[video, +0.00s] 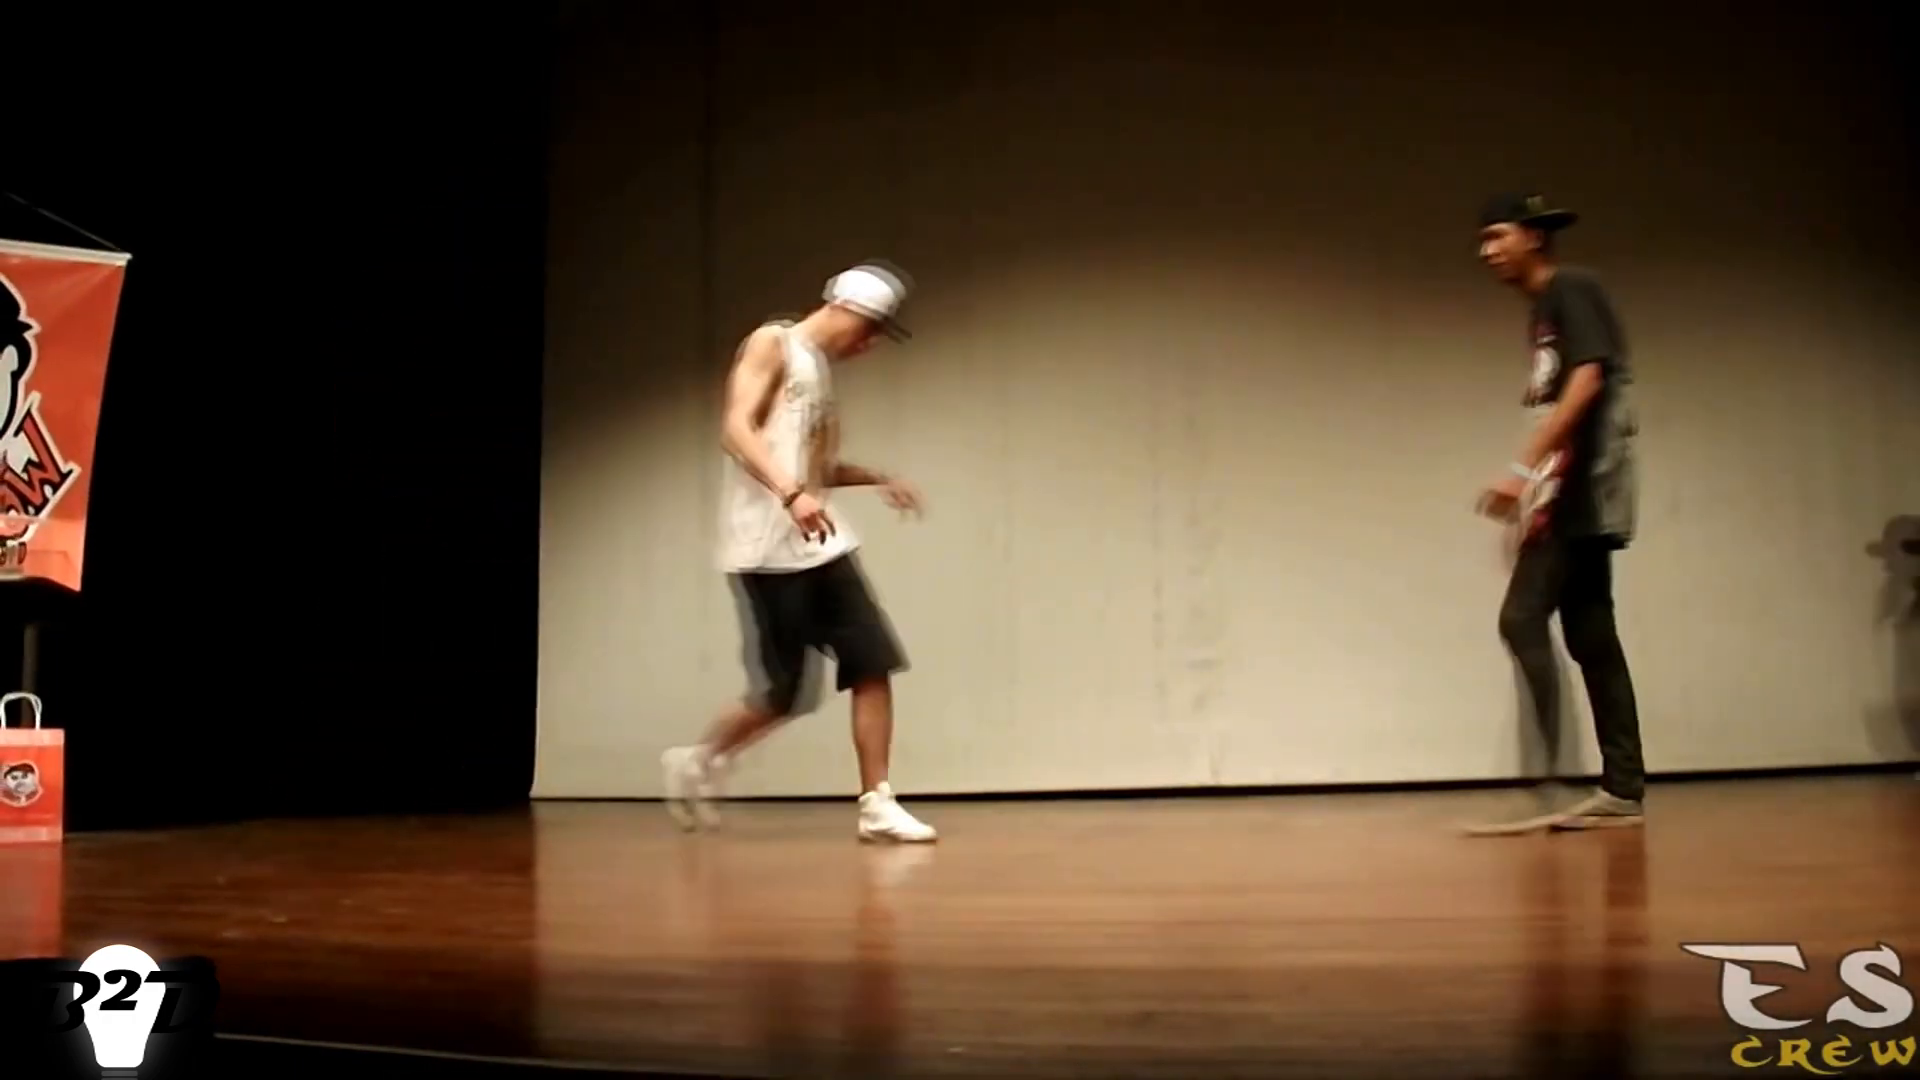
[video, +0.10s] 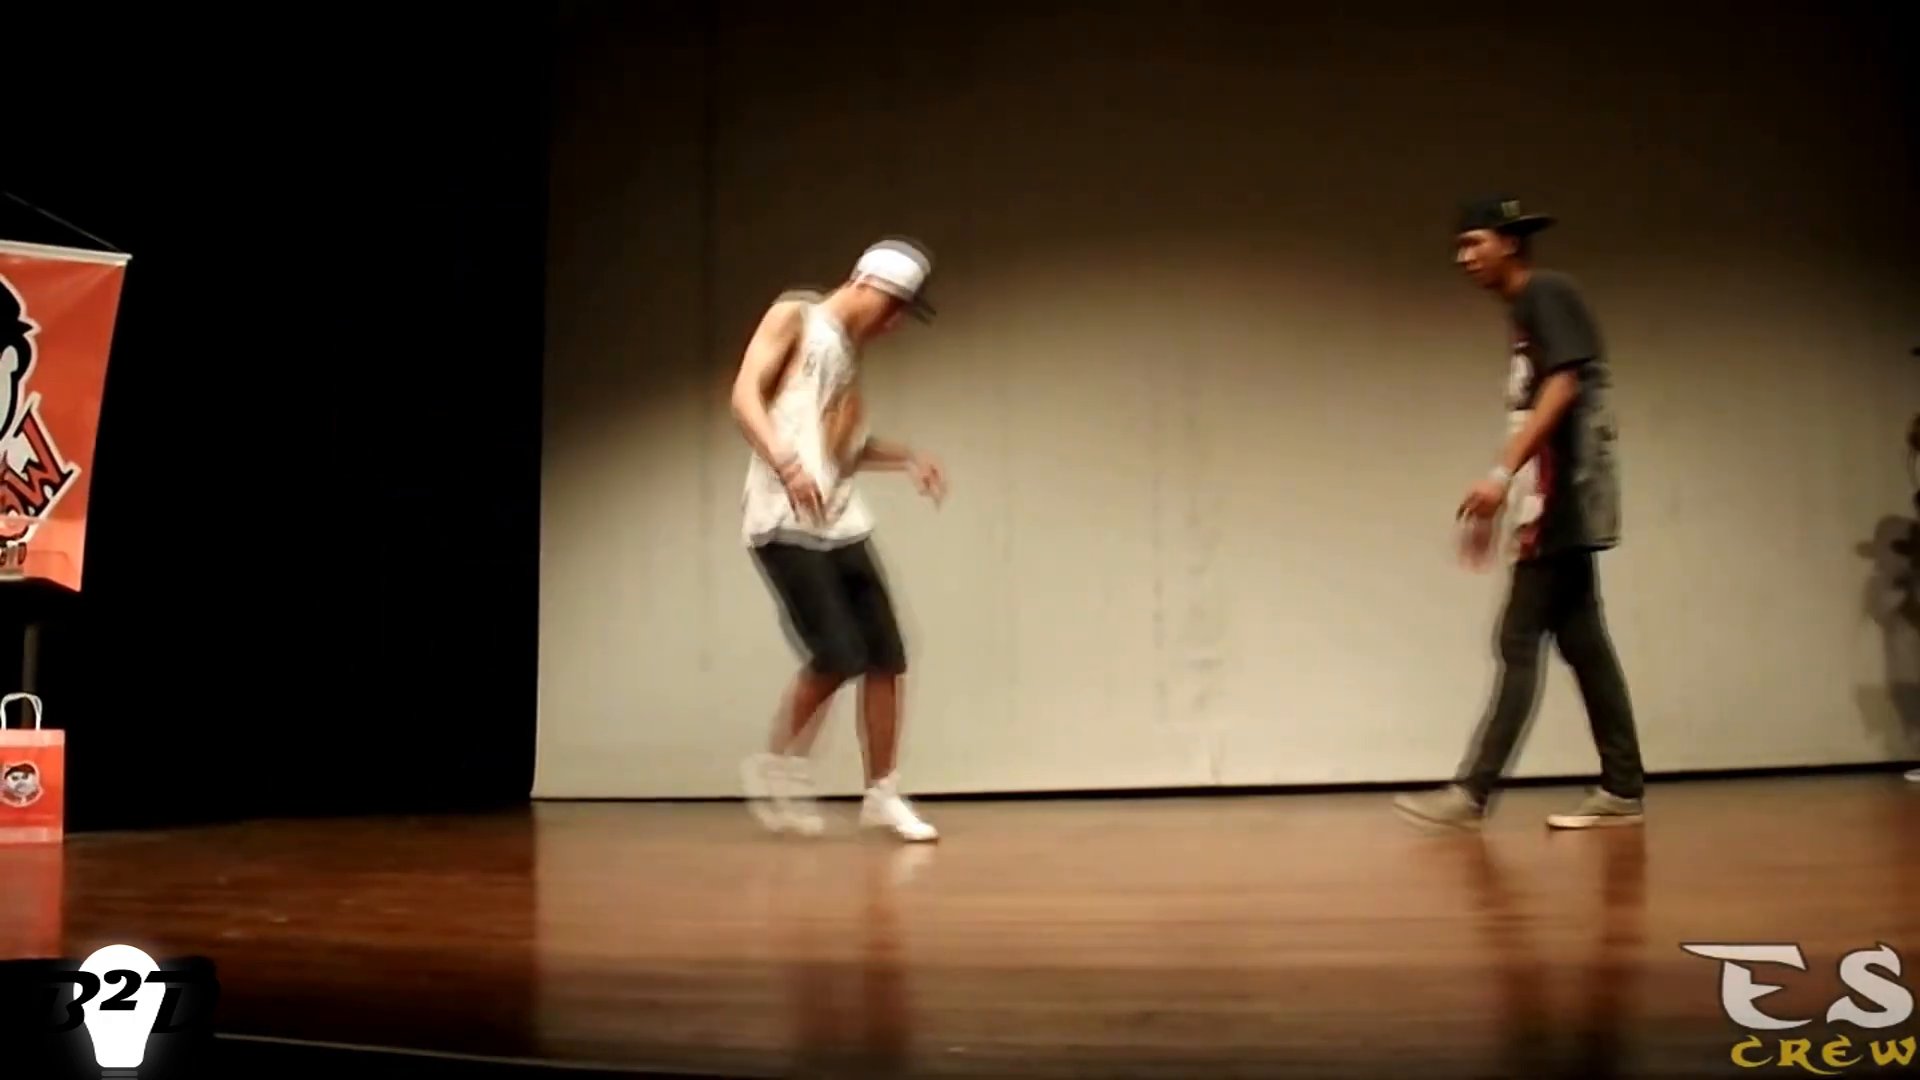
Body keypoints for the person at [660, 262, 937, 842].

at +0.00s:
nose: (869, 345)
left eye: (877, 336)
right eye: (869, 330)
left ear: (853, 318)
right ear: (844, 310)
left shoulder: (818, 369)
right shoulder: (770, 343)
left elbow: (817, 469)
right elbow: (736, 429)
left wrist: (879, 480)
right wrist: (792, 494)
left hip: (822, 546)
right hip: (767, 553)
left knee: (871, 664)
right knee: (784, 693)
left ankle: (876, 803)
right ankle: (698, 764)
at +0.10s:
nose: (892, 325)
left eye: (900, 315)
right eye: (893, 309)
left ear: (876, 296)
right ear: (867, 286)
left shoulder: (843, 358)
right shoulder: (793, 316)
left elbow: (844, 453)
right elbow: (745, 395)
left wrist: (907, 458)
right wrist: (787, 465)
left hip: (840, 523)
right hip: (784, 524)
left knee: (885, 656)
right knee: (838, 655)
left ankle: (880, 794)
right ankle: (774, 766)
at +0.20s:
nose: (906, 308)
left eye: (915, 299)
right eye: (907, 292)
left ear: (895, 283)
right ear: (879, 267)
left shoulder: (859, 335)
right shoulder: (803, 302)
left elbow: (856, 433)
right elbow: (751, 379)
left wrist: (925, 434)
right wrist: (787, 446)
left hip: (858, 501)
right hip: (797, 501)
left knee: (920, 634)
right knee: (853, 632)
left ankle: (916, 780)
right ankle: (836, 786)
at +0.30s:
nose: (916, 308)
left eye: (923, 298)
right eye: (912, 291)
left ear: (911, 293)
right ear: (878, 272)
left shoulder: (867, 351)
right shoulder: (811, 319)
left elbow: (876, 445)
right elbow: (765, 405)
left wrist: (944, 441)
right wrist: (801, 470)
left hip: (877, 517)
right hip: (822, 515)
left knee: (942, 650)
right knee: (870, 640)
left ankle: (964, 800)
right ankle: (848, 804)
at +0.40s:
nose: (909, 310)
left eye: (916, 298)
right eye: (904, 292)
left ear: (891, 289)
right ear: (868, 275)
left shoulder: (855, 358)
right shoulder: (803, 326)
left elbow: (879, 457)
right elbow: (767, 413)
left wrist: (938, 448)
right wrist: (818, 476)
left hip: (873, 524)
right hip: (820, 523)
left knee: (953, 653)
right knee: (883, 650)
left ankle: (963, 804)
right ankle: (843, 815)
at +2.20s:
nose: (718, 328)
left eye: (719, 319)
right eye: (708, 317)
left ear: (707, 326)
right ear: (677, 321)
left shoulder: (689, 397)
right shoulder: (640, 376)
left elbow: (693, 471)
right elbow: (589, 444)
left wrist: (744, 472)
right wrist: (616, 470)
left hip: (668, 556)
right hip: (637, 554)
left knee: (674, 677)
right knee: (669, 675)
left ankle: (632, 783)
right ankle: (616, 781)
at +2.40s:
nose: (745, 285)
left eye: (747, 277)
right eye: (733, 275)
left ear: (736, 287)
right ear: (701, 279)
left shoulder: (714, 361)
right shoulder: (661, 331)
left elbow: (705, 430)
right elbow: (603, 393)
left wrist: (753, 429)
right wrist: (642, 423)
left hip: (689, 514)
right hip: (654, 511)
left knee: (675, 634)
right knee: (692, 628)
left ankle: (648, 755)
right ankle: (676, 758)